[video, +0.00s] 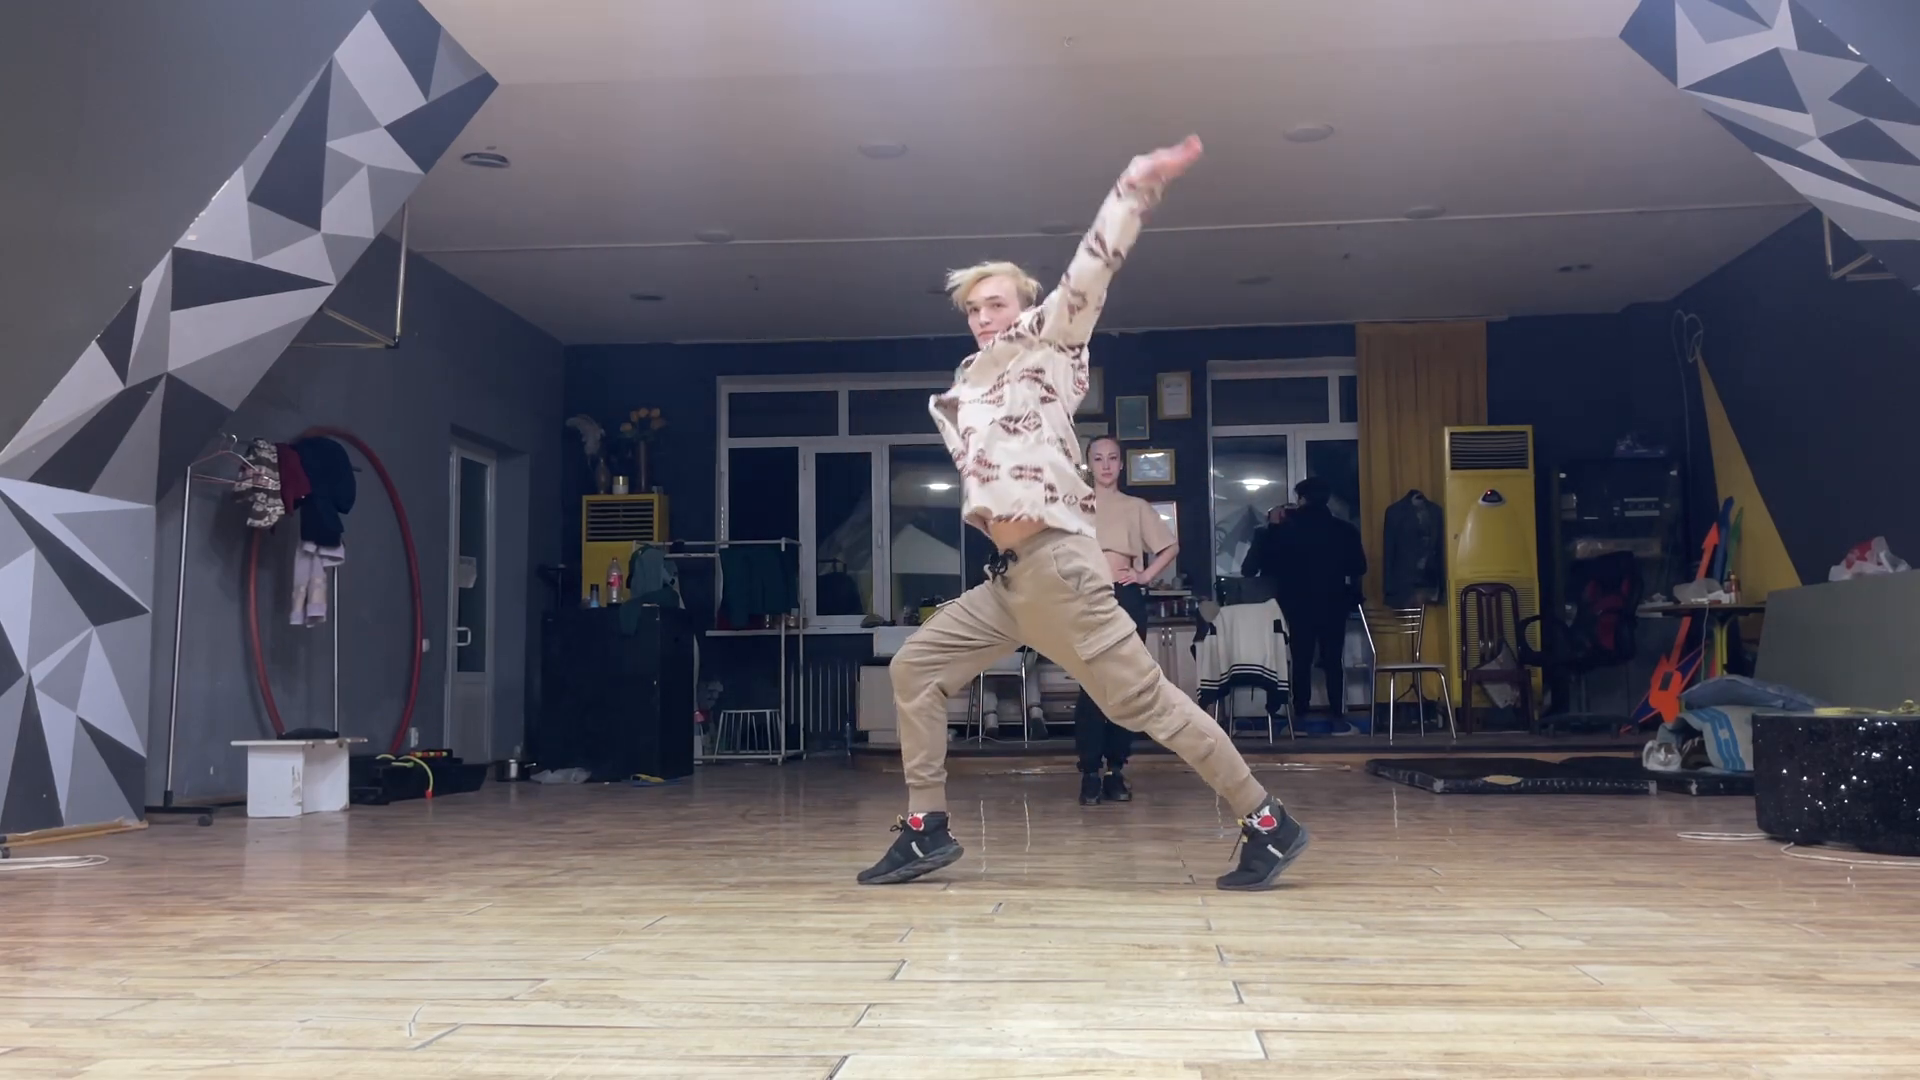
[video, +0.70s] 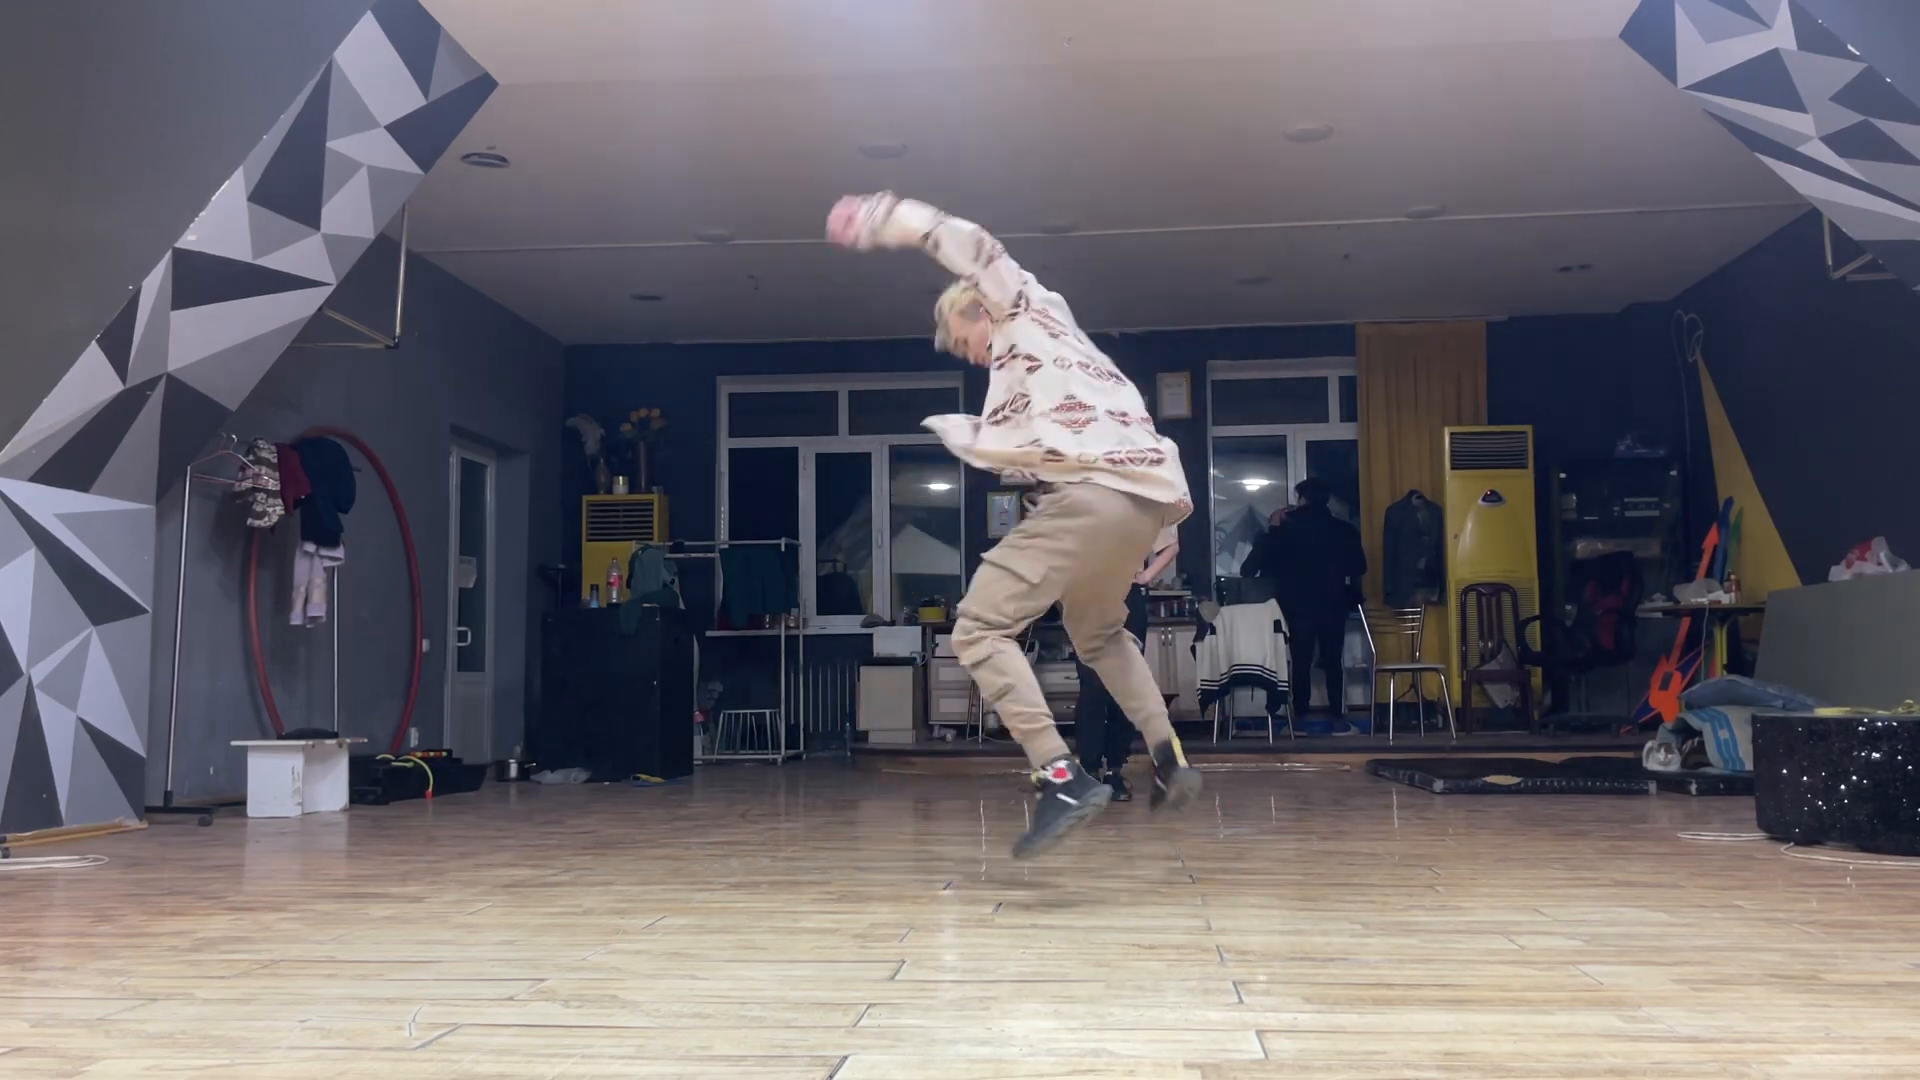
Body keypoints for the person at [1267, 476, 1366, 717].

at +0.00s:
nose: (1299, 502)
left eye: (1300, 498)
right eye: (1300, 498)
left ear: (1302, 499)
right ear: (1327, 499)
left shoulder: (1286, 529)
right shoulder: (1345, 530)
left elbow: (1252, 568)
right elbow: (1358, 568)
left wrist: (1271, 527)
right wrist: (1352, 597)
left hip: (1297, 605)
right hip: (1333, 604)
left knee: (1301, 661)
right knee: (1333, 661)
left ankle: (1300, 719)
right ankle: (1337, 719)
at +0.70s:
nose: (1298, 502)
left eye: (1299, 498)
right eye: (1300, 498)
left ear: (1302, 499)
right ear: (1327, 499)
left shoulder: (1287, 528)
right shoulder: (1345, 529)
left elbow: (1252, 567)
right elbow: (1358, 568)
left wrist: (1272, 529)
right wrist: (1354, 598)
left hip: (1297, 604)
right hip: (1333, 603)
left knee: (1300, 660)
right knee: (1333, 661)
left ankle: (1300, 716)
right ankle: (1337, 718)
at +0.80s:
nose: (1299, 502)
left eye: (1300, 498)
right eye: (1300, 498)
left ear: (1303, 499)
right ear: (1326, 500)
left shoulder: (1287, 528)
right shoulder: (1345, 529)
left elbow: (1269, 566)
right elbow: (1358, 567)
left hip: (1298, 604)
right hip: (1332, 603)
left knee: (1300, 661)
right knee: (1333, 661)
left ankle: (1299, 718)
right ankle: (1337, 718)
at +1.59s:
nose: (1285, 509)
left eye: (1285, 505)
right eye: (1286, 505)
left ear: (1286, 505)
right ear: (1310, 503)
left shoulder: (1276, 530)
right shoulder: (1330, 526)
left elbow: (1264, 568)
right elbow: (1347, 561)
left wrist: (1277, 592)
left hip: (1294, 605)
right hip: (1328, 603)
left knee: (1299, 663)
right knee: (1331, 662)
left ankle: (1299, 718)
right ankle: (1336, 719)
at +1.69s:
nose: (1282, 510)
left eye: (1282, 506)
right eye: (1282, 506)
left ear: (1284, 506)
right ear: (1307, 503)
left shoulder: (1275, 530)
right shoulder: (1326, 525)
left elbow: (1262, 569)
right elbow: (1342, 560)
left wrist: (1277, 591)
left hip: (1293, 605)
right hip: (1327, 603)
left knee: (1299, 663)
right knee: (1330, 662)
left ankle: (1299, 720)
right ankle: (1336, 719)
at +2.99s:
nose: (1258, 514)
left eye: (1258, 510)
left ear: (1259, 510)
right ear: (1283, 506)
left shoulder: (1255, 532)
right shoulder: (1304, 523)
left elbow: (1240, 568)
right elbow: (1324, 554)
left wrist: (1268, 589)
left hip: (1283, 602)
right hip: (1316, 598)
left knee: (1293, 660)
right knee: (1328, 657)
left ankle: (1297, 717)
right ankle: (1337, 714)